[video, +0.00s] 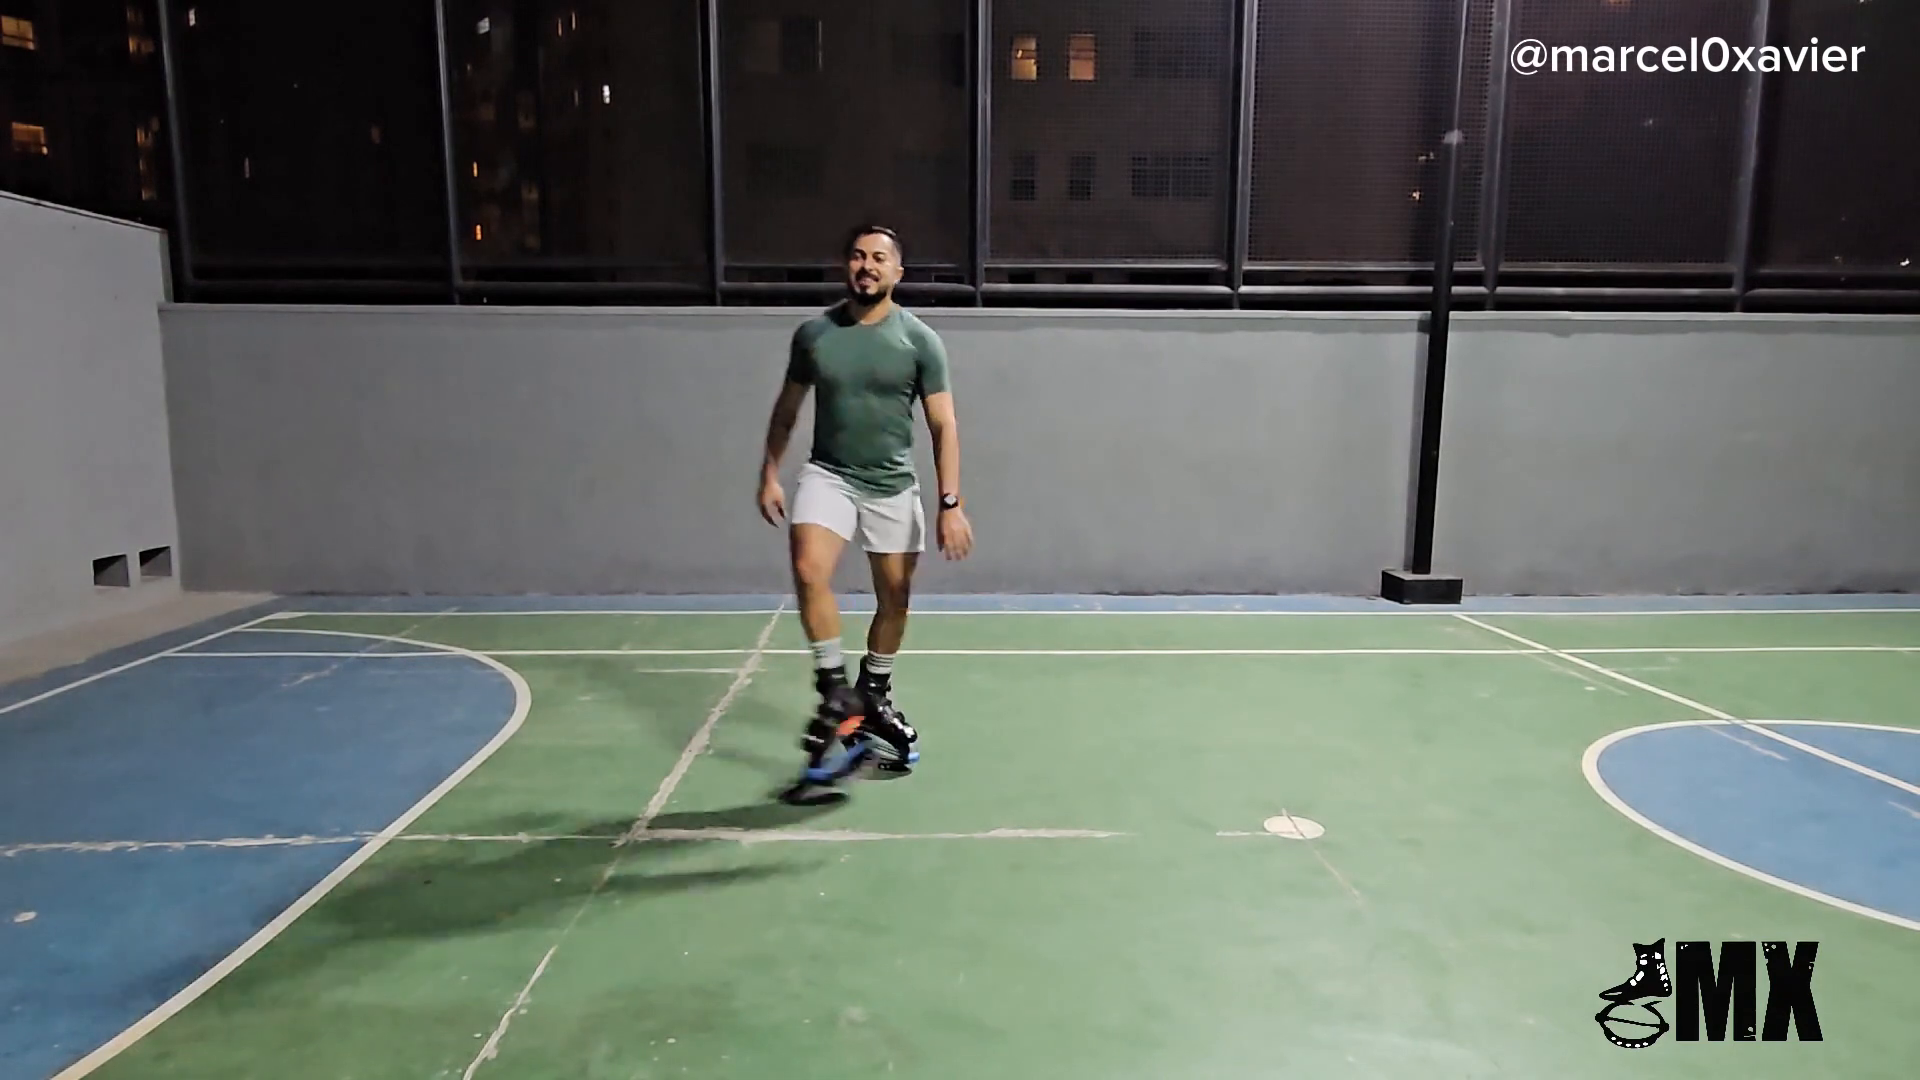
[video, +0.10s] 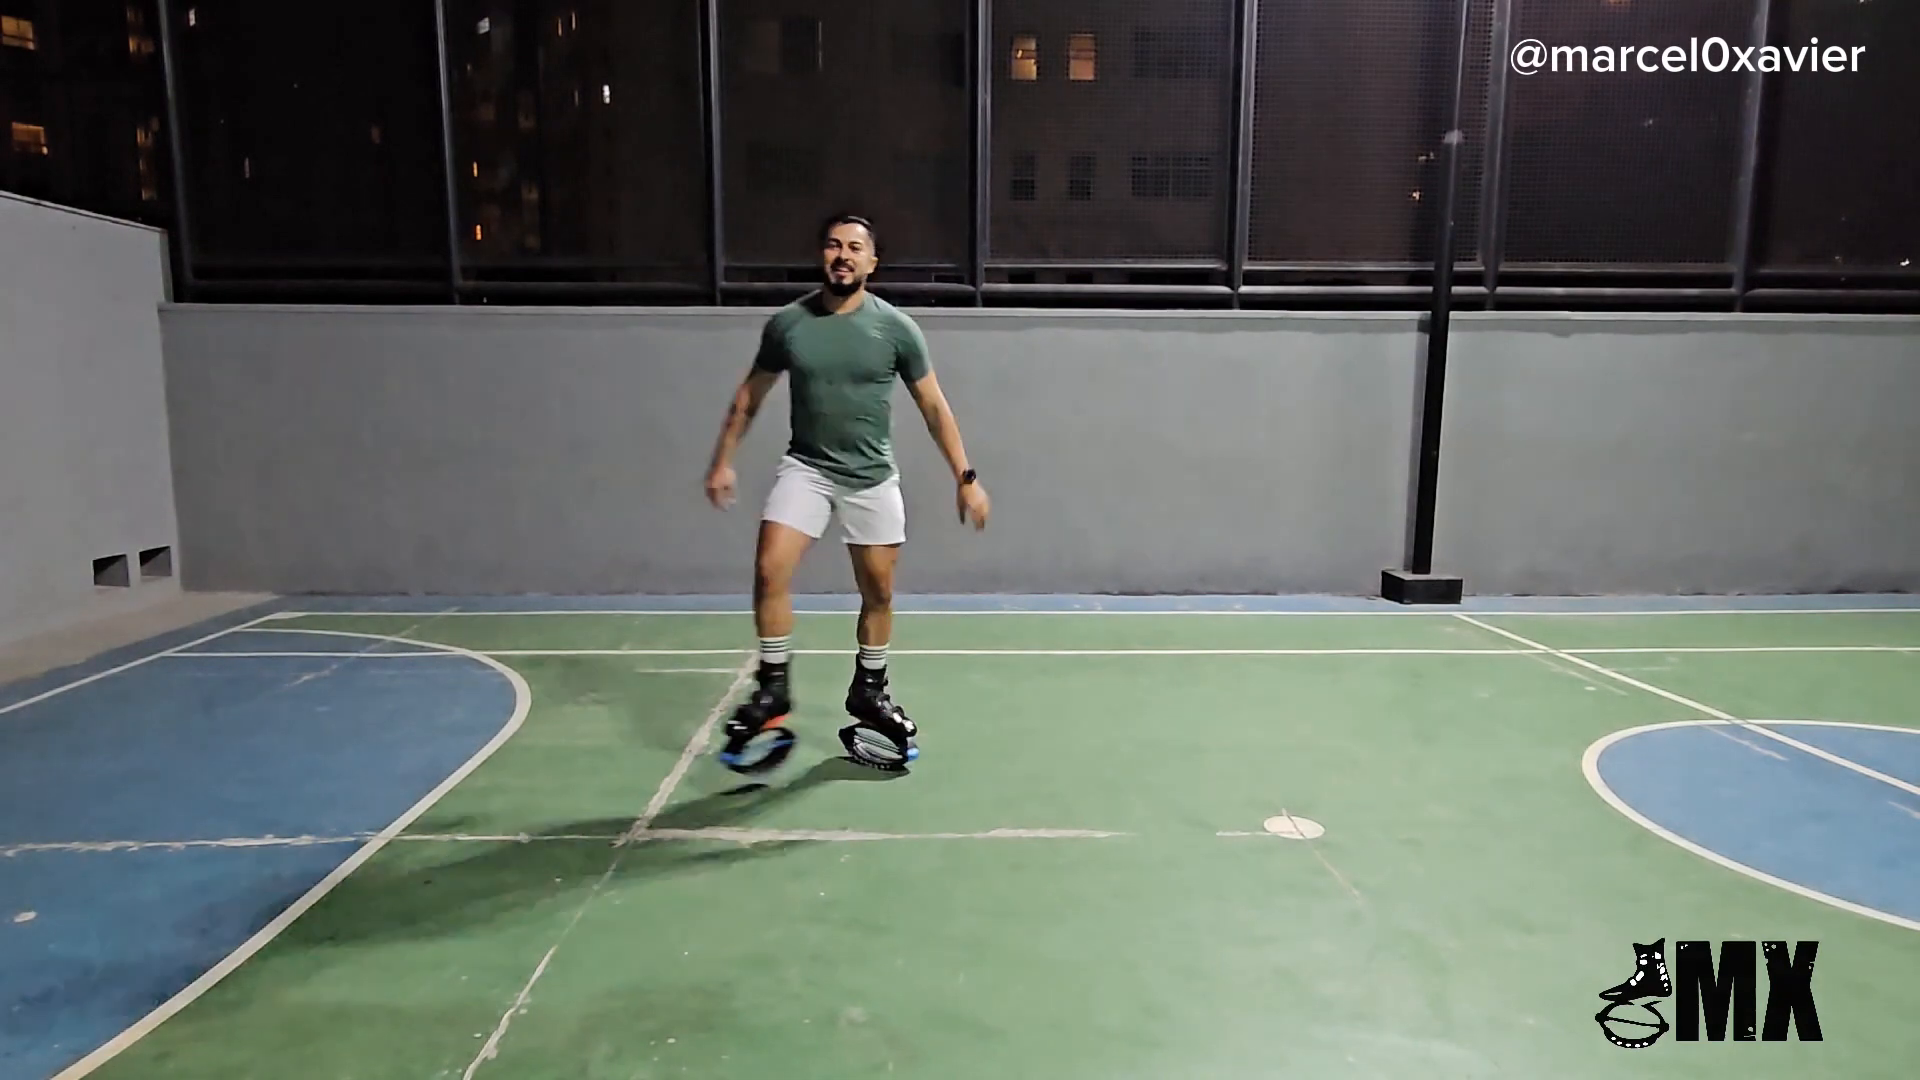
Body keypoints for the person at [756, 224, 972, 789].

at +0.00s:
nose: (866, 265)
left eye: (879, 257)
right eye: (858, 256)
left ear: (899, 272)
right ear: (845, 267)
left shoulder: (921, 341)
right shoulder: (814, 336)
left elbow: (944, 426)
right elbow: (786, 410)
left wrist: (951, 504)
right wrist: (769, 474)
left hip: (893, 486)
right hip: (827, 477)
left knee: (895, 596)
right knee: (808, 571)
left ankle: (875, 693)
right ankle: (833, 693)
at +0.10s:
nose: (843, 255)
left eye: (855, 247)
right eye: (834, 245)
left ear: (873, 262)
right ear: (820, 257)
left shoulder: (897, 329)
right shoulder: (787, 325)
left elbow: (935, 408)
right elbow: (751, 393)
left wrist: (966, 478)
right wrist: (722, 462)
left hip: (872, 477)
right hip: (805, 470)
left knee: (879, 589)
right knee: (769, 570)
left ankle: (869, 695)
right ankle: (773, 694)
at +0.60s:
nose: (786, 267)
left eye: (791, 259)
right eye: (775, 257)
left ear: (792, 265)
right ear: (740, 260)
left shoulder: (803, 331)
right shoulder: (692, 315)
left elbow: (816, 411)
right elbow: (652, 389)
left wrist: (805, 419)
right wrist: (673, 398)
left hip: (774, 469)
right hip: (706, 471)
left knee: (779, 574)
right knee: (692, 584)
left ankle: (770, 684)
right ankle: (691, 704)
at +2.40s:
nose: (999, 215)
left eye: (1007, 205)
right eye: (986, 206)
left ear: (1021, 216)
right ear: (968, 219)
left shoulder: (1052, 287)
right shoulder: (933, 289)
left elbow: (1088, 367)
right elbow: (894, 371)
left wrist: (1062, 423)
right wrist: (929, 432)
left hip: (1026, 444)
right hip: (958, 447)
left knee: (1024, 562)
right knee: (959, 564)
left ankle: (1028, 692)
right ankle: (958, 692)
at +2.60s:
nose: (1004, 272)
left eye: (1011, 262)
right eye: (991, 263)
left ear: (1022, 270)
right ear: (969, 273)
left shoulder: (1046, 339)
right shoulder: (937, 340)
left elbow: (1032, 400)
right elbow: (937, 418)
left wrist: (957, 358)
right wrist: (1013, 405)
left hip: (1018, 500)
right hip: (955, 499)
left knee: (1014, 608)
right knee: (962, 613)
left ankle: (1017, 736)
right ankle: (965, 739)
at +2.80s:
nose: (984, 229)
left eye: (994, 217)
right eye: (973, 218)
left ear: (1008, 211)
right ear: (955, 216)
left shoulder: (1042, 278)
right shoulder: (920, 281)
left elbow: (1080, 353)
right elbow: (885, 351)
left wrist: (1104, 384)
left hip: (1016, 440)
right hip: (947, 441)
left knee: (1025, 559)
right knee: (941, 559)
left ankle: (1033, 680)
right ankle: (938, 688)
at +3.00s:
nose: (978, 289)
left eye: (987, 278)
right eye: (968, 279)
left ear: (1003, 274)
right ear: (950, 277)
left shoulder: (1032, 338)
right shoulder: (915, 345)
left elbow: (1089, 394)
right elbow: (853, 403)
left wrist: (1163, 428)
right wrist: (782, 448)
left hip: (1011, 494)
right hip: (940, 497)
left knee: (1038, 605)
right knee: (920, 610)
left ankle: (1062, 727)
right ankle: (889, 736)